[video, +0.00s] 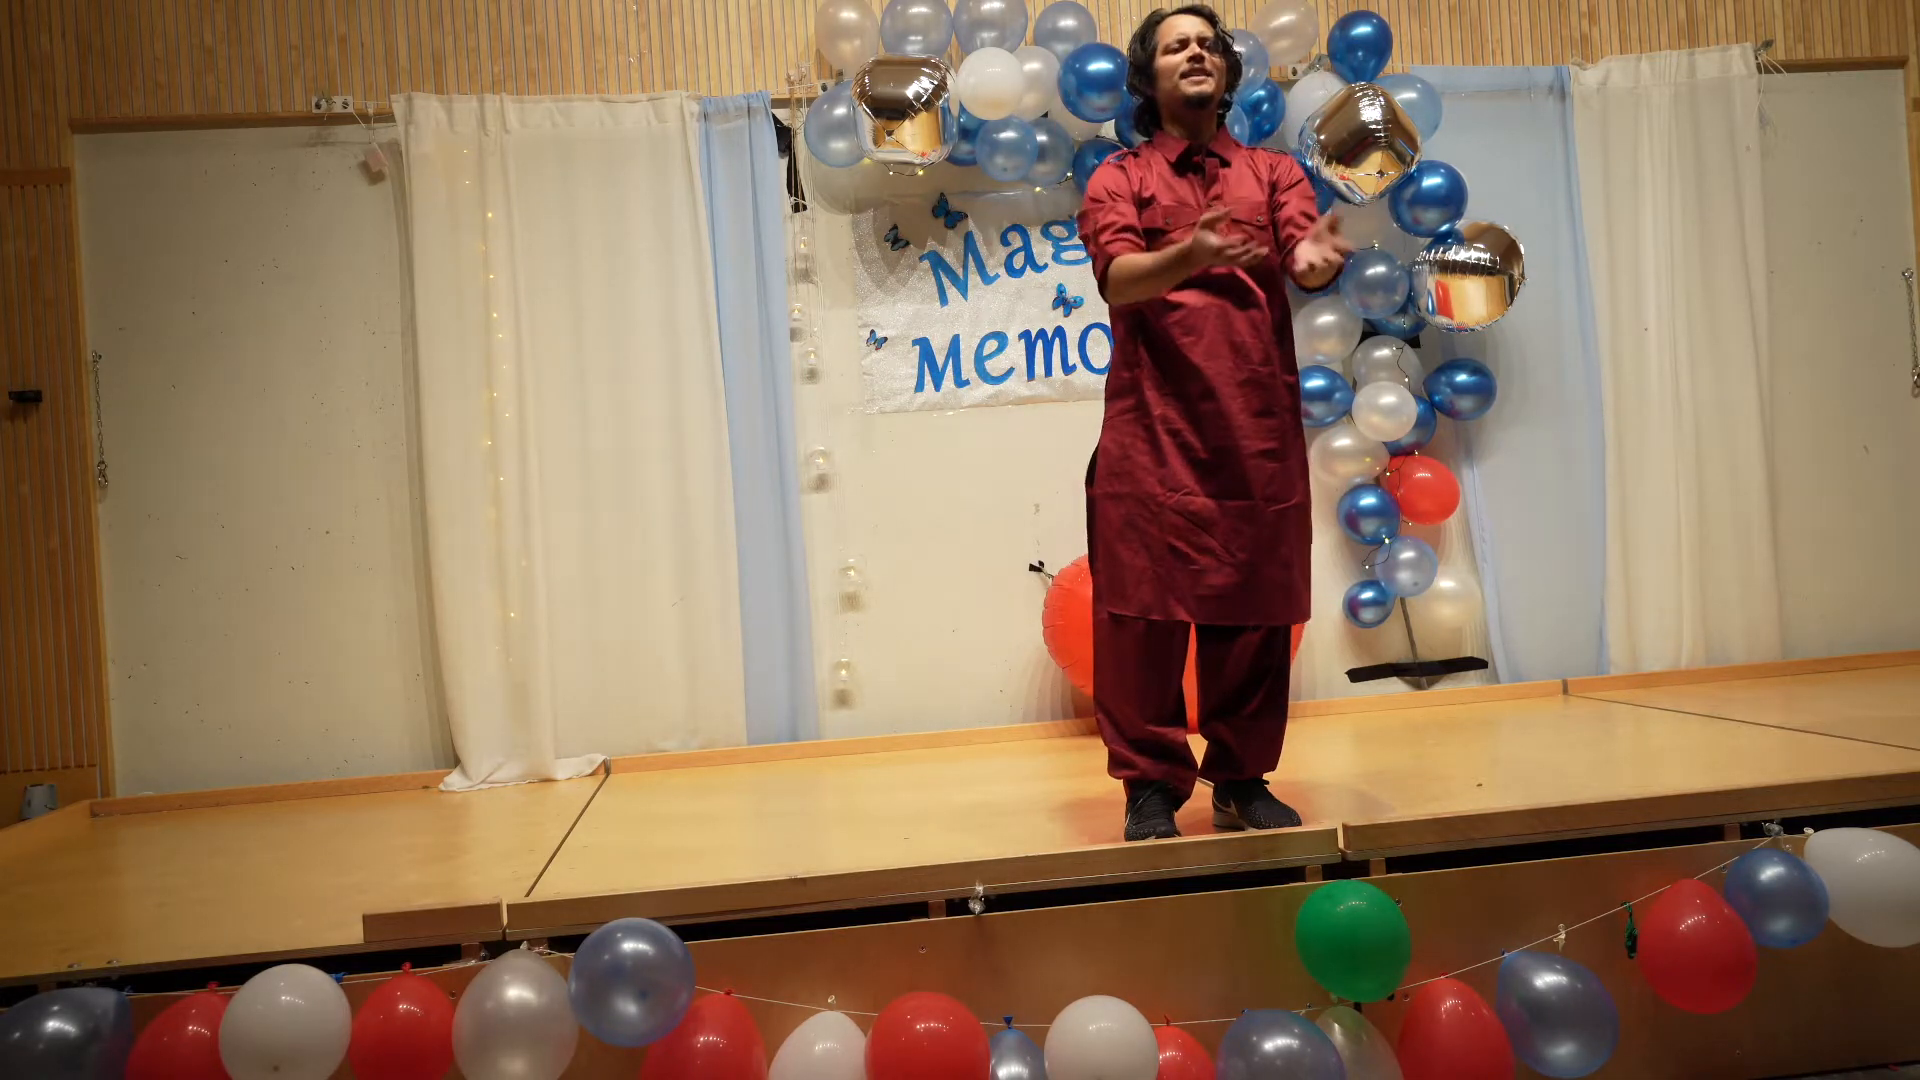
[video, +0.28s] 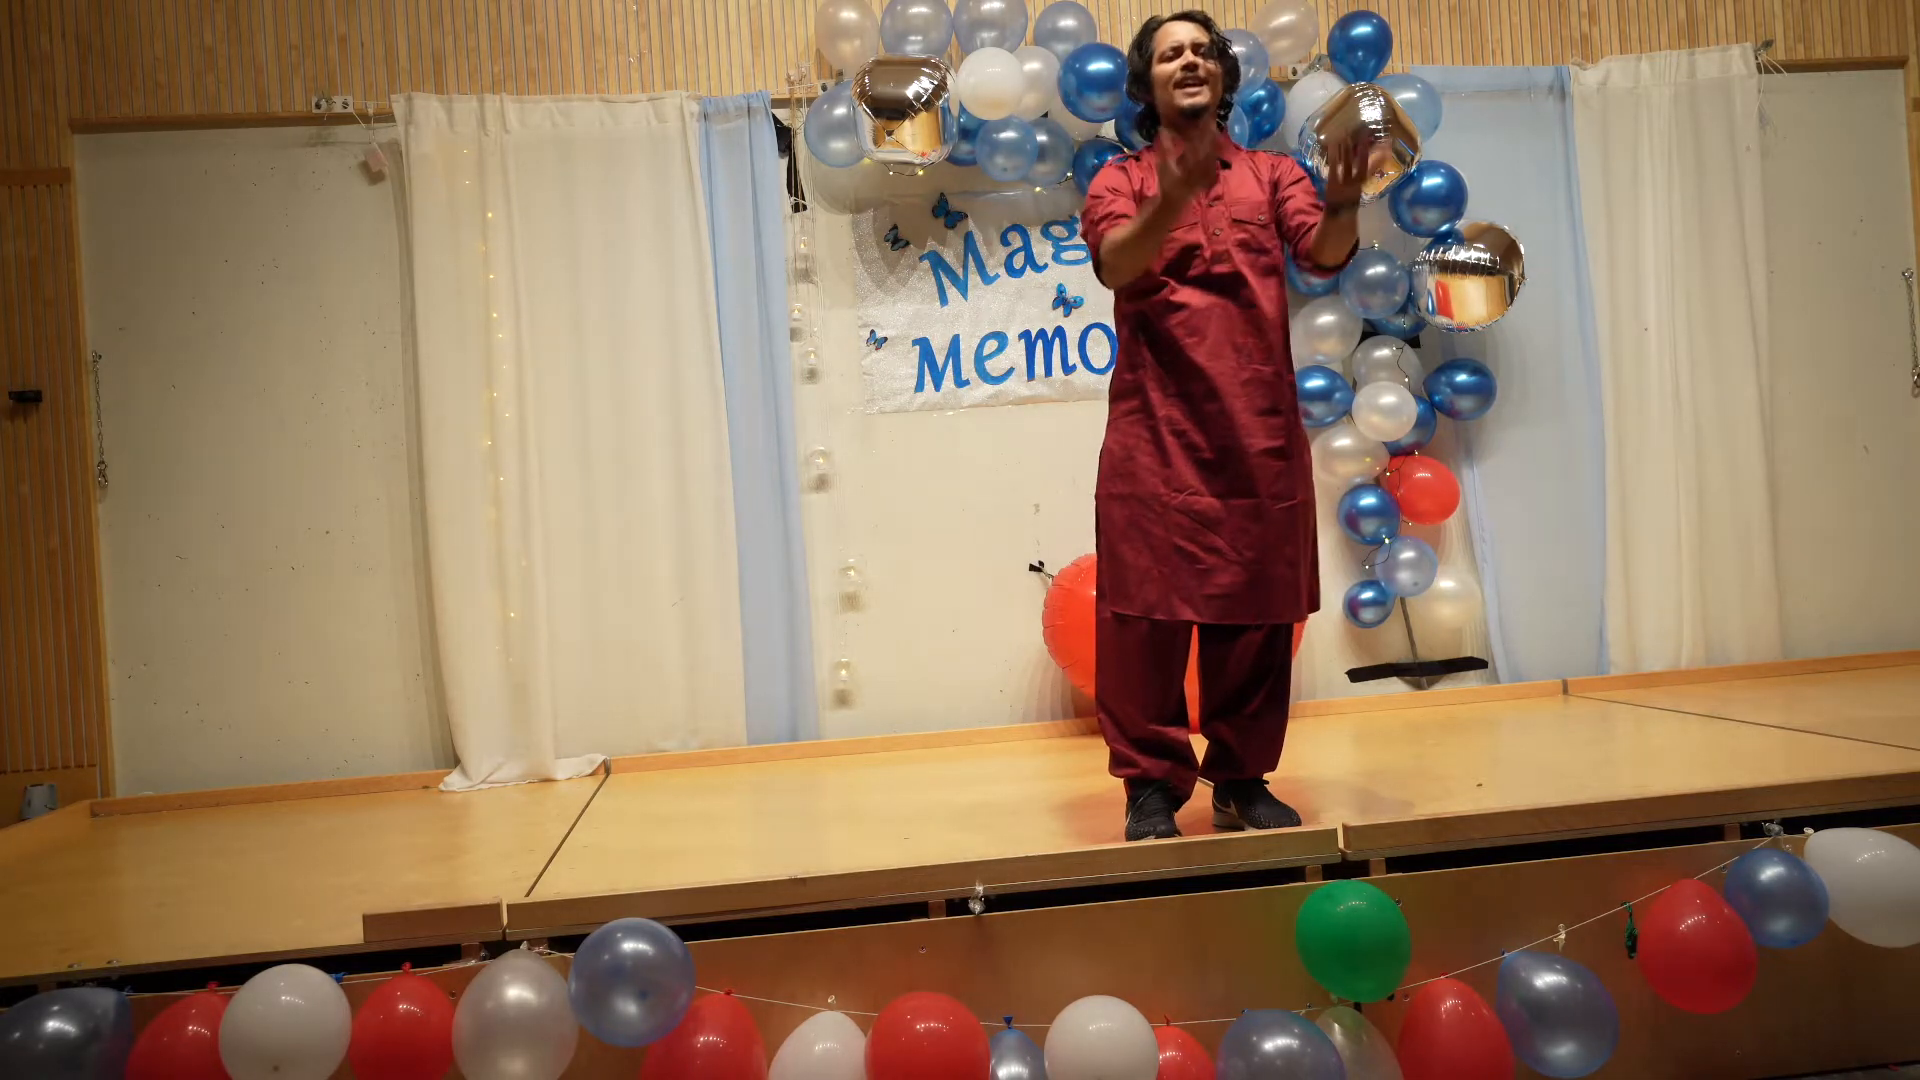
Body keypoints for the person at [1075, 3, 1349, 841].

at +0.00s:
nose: (1197, 55)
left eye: (1209, 45)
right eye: (1177, 47)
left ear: (1231, 72)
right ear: (1146, 80)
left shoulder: (1274, 171)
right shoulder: (1117, 179)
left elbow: (1314, 240)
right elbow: (1117, 281)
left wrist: (1316, 256)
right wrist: (1192, 249)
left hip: (1256, 423)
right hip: (1152, 426)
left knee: (1252, 604)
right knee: (1142, 607)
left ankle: (1241, 784)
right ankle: (1150, 789)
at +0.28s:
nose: (1190, 62)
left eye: (1203, 51)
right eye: (1172, 54)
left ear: (1227, 77)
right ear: (1145, 85)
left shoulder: (1272, 170)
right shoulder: (1120, 178)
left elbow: (1326, 254)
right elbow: (1115, 268)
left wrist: (1348, 195)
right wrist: (1175, 194)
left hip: (1259, 423)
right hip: (1157, 427)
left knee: (1257, 606)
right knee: (1147, 607)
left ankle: (1241, 782)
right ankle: (1151, 788)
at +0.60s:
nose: (1178, 77)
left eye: (1194, 64)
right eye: (1163, 68)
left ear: (1226, 85)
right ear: (1141, 95)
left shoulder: (1270, 174)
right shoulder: (1121, 182)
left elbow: (1339, 242)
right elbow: (1093, 261)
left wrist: (1343, 167)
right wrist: (1145, 167)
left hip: (1261, 432)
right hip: (1160, 433)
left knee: (1257, 612)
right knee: (1147, 611)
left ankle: (1241, 783)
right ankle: (1151, 787)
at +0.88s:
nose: (1169, 85)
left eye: (1185, 72)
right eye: (1156, 76)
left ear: (1221, 89)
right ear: (1138, 100)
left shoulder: (1265, 177)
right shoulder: (1121, 183)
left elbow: (1327, 248)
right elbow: (1084, 267)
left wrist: (1323, 178)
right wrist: (1130, 174)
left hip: (1256, 429)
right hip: (1154, 429)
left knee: (1255, 606)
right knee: (1141, 605)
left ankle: (1242, 780)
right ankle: (1142, 784)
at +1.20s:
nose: (1148, 98)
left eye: (1166, 86)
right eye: (1138, 87)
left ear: (1204, 103)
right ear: (1123, 105)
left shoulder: (1244, 184)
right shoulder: (1108, 192)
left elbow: (1304, 257)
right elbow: (1058, 270)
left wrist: (1290, 189)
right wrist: (1096, 178)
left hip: (1239, 434)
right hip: (1137, 435)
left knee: (1248, 610)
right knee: (1119, 607)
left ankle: (1240, 778)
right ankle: (1115, 749)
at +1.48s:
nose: (1119, 116)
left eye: (1138, 105)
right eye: (1112, 102)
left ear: (1176, 120)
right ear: (1100, 111)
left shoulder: (1207, 201)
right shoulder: (1073, 199)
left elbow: (1262, 283)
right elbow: (1015, 267)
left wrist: (1246, 214)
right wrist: (1044, 175)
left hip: (1194, 435)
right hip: (1093, 438)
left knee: (1222, 600)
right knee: (1085, 603)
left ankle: (1238, 777)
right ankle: (1099, 769)